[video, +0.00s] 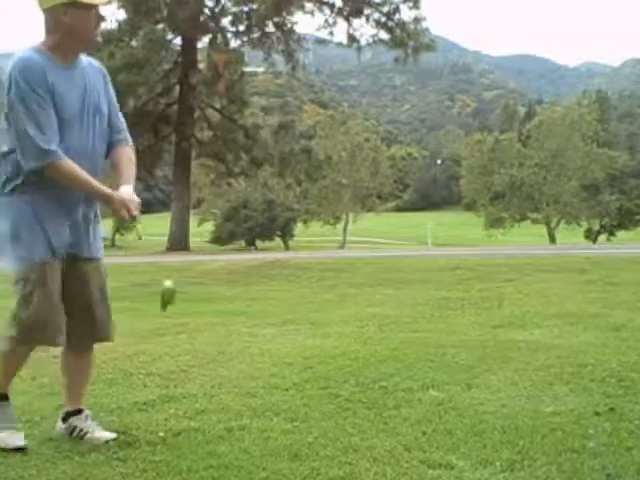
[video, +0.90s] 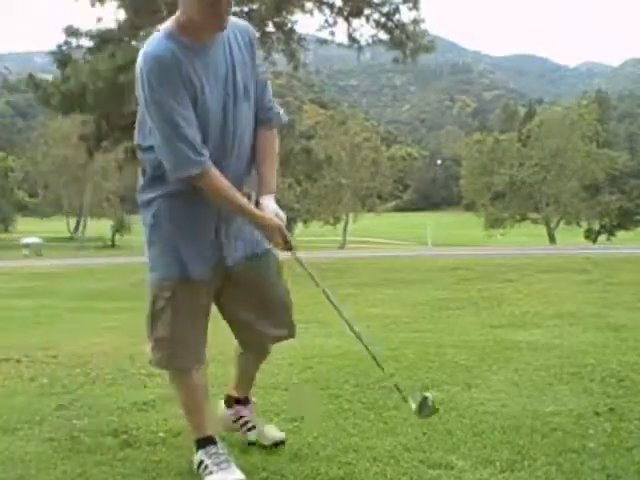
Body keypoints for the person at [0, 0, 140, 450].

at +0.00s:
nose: (101, 20)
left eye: (101, 13)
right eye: (93, 12)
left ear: (72, 19)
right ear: (62, 17)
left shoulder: (96, 72)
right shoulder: (27, 69)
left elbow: (120, 141)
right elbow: (43, 156)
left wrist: (124, 189)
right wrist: (108, 194)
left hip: (82, 217)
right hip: (31, 216)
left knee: (84, 320)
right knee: (36, 320)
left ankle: (73, 414)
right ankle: (0, 395)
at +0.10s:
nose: (114, 16)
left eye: (113, 8)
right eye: (105, 8)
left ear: (94, 16)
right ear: (75, 14)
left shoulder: (113, 71)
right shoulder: (39, 68)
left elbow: (138, 137)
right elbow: (49, 156)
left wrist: (137, 184)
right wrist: (112, 192)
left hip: (97, 212)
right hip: (51, 210)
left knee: (94, 314)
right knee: (69, 310)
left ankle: (77, 413)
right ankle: (60, 418)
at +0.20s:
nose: (126, 15)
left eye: (124, 7)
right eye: (116, 7)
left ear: (105, 17)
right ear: (85, 14)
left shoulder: (129, 70)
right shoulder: (49, 67)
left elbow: (152, 136)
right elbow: (56, 157)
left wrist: (147, 183)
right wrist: (118, 189)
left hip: (110, 215)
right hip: (67, 215)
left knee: (94, 318)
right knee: (100, 313)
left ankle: (75, 415)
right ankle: (128, 422)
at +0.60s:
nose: (193, 9)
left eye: (192, 2)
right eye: (183, 2)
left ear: (179, 10)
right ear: (148, 8)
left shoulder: (197, 57)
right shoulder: (115, 73)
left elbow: (219, 134)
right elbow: (128, 173)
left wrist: (210, 200)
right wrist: (193, 217)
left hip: (186, 224)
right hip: (140, 228)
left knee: (152, 325)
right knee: (165, 328)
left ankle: (97, 400)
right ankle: (205, 445)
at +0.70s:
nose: (210, 7)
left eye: (208, 1)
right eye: (201, 1)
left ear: (197, 8)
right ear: (165, 5)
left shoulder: (214, 48)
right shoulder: (131, 69)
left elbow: (236, 129)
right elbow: (155, 173)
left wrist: (234, 201)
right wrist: (222, 220)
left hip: (207, 224)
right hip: (157, 228)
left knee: (195, 330)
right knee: (175, 339)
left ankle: (135, 386)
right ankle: (205, 445)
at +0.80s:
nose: (223, 6)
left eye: (223, 0)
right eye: (214, 0)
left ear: (214, 6)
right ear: (178, 3)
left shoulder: (227, 44)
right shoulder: (148, 62)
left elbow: (250, 127)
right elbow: (178, 168)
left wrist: (253, 199)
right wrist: (242, 217)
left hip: (227, 217)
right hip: (173, 220)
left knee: (230, 321)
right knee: (183, 336)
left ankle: (177, 382)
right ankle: (205, 444)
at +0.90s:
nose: (225, 7)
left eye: (227, 0)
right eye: (215, 1)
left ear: (227, 2)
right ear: (184, 2)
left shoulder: (242, 36)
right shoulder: (159, 59)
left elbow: (265, 120)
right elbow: (190, 165)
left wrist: (266, 199)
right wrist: (256, 215)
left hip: (238, 216)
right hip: (180, 223)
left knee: (268, 317)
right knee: (182, 340)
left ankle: (238, 403)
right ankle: (205, 445)